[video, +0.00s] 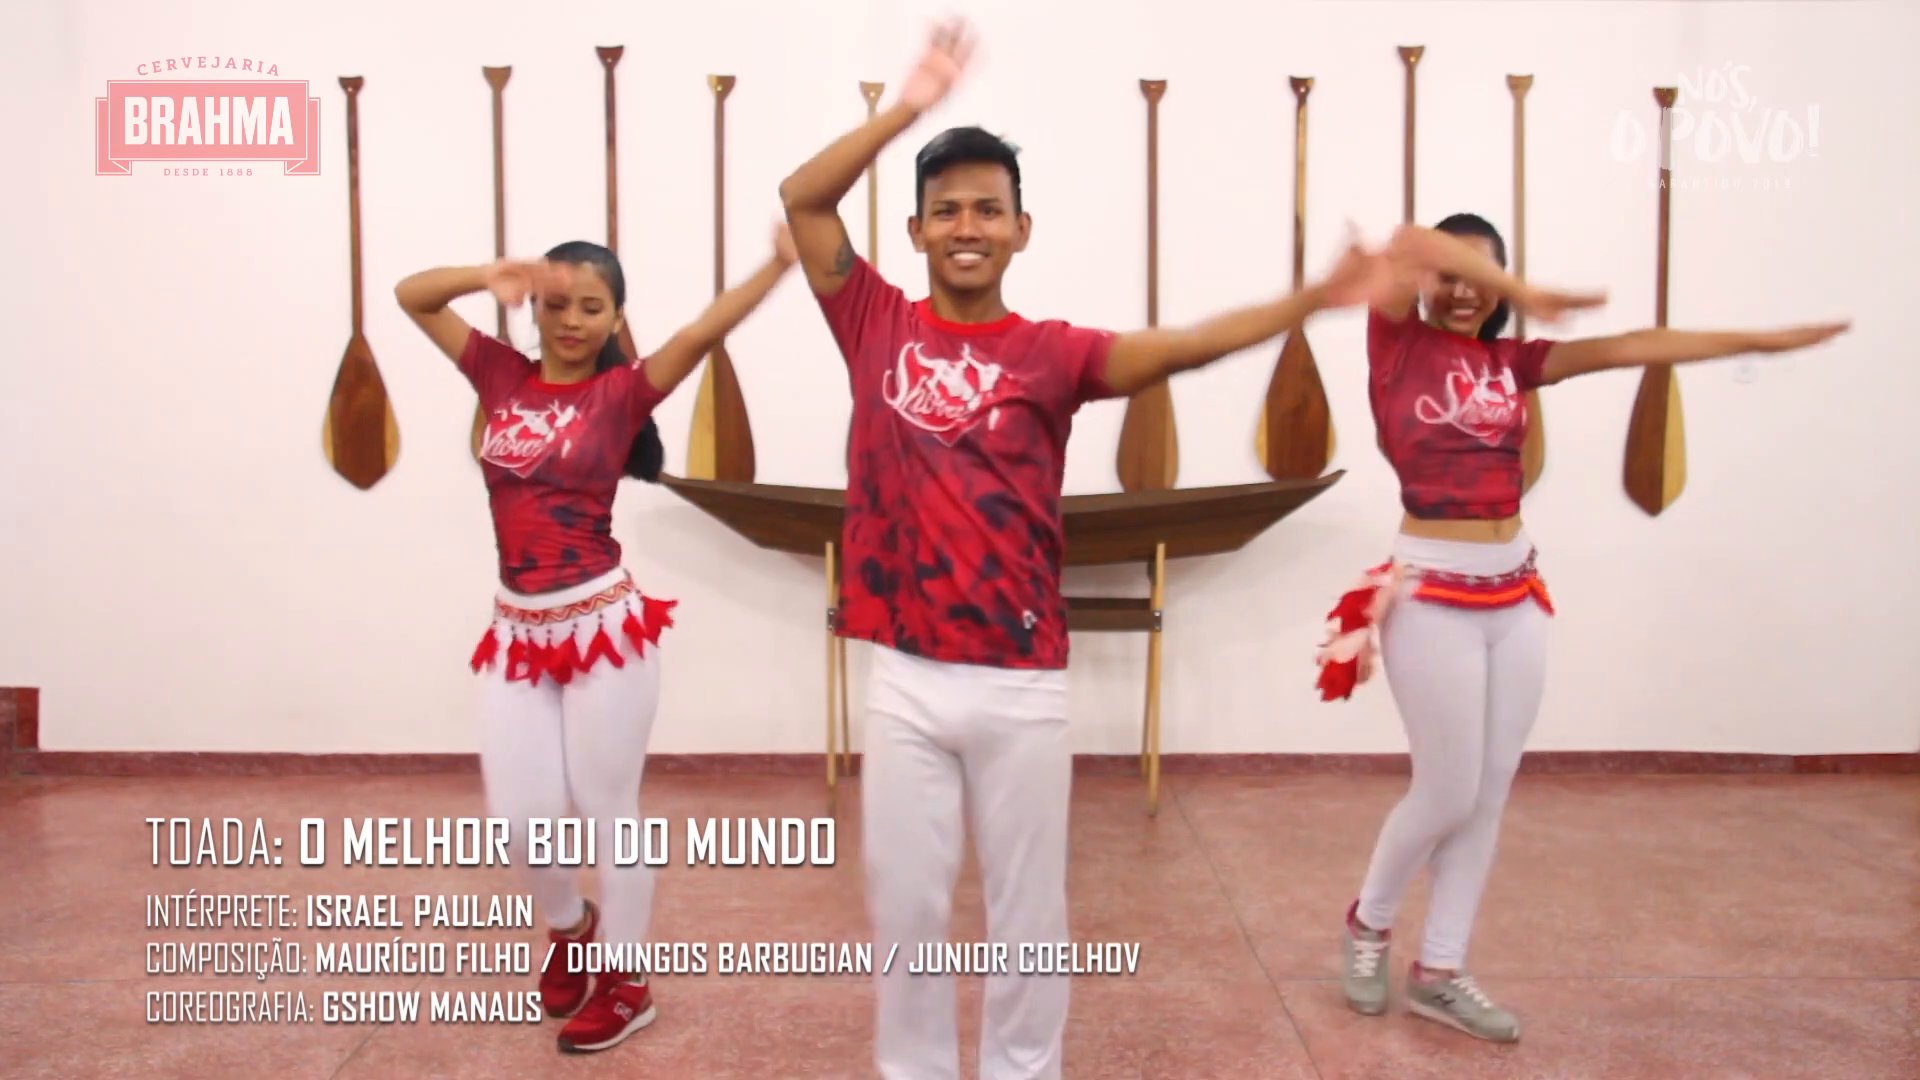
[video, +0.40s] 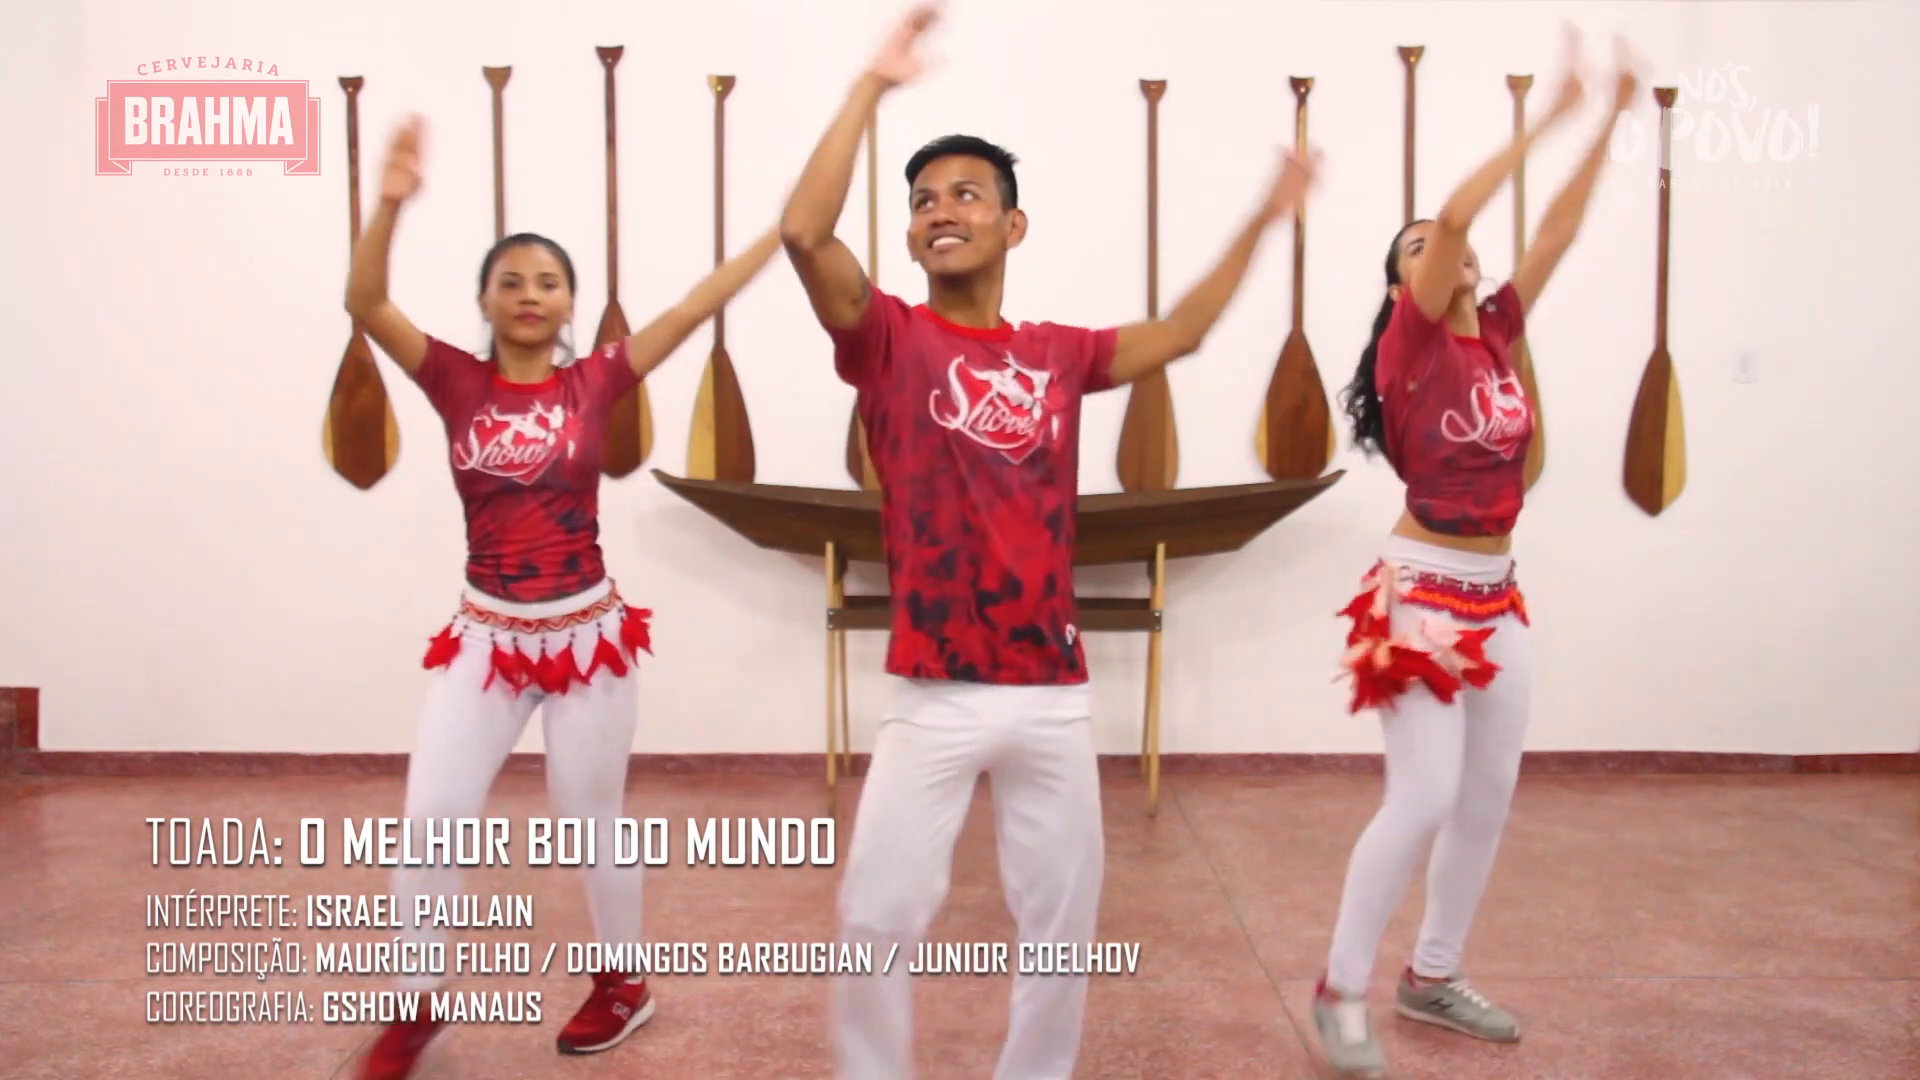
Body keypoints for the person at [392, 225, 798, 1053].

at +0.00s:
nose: (570, 319)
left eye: (589, 306)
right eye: (557, 302)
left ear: (616, 318)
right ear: (534, 309)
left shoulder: (621, 394)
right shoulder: (502, 377)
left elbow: (703, 332)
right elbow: (413, 295)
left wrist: (778, 265)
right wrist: (488, 274)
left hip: (604, 631)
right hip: (516, 634)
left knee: (609, 810)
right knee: (523, 818)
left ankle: (626, 975)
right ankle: (570, 928)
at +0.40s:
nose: (528, 292)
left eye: (546, 281)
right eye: (512, 278)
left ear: (570, 304)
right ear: (484, 299)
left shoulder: (596, 378)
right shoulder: (459, 382)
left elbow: (697, 306)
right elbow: (368, 304)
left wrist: (785, 234)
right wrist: (385, 207)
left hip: (586, 637)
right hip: (486, 637)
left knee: (593, 825)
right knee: (427, 822)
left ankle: (622, 982)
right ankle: (417, 1002)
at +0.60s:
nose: (480, 289)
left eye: (497, 278)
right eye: (462, 277)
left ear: (522, 299)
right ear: (434, 298)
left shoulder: (544, 376)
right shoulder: (404, 379)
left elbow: (639, 294)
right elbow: (307, 295)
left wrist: (677, 188)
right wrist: (272, 184)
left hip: (552, 640)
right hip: (443, 646)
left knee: (580, 825)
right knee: (395, 842)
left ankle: (613, 974)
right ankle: (342, 1036)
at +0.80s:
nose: (420, 284)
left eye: (440, 274)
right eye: (401, 270)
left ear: (464, 300)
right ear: (374, 294)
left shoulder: (486, 376)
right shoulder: (338, 376)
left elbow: (583, 297)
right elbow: (220, 300)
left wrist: (560, 200)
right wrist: (143, 192)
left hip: (487, 647)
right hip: (376, 654)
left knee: (538, 830)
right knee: (355, 859)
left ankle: (571, 972)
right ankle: (340, 1048)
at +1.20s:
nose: (339, 277)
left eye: (357, 266)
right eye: (320, 265)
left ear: (384, 291)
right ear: (293, 288)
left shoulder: (412, 377)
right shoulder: (256, 380)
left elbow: (523, 311)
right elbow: (107, 336)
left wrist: (428, 247)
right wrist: (2, 284)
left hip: (408, 656)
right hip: (295, 666)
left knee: (483, 833)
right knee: (316, 871)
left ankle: (416, 954)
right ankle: (336, 1050)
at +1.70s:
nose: (325, 289)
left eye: (342, 272)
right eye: (310, 273)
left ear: (377, 296)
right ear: (286, 290)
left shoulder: (389, 389)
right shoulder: (258, 387)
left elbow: (423, 302)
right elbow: (120, 346)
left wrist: (289, 244)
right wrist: (5, 302)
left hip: (383, 675)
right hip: (274, 678)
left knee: (391, 894)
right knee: (300, 893)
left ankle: (405, 1078)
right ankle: (331, 1057)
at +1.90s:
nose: (323, 270)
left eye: (342, 260)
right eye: (310, 255)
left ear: (378, 280)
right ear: (291, 270)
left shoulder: (395, 381)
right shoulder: (279, 364)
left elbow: (364, 273)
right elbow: (171, 289)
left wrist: (278, 151)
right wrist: (83, 181)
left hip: (384, 666)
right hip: (283, 671)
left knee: (375, 876)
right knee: (303, 881)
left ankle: (436, 1077)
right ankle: (331, 1060)